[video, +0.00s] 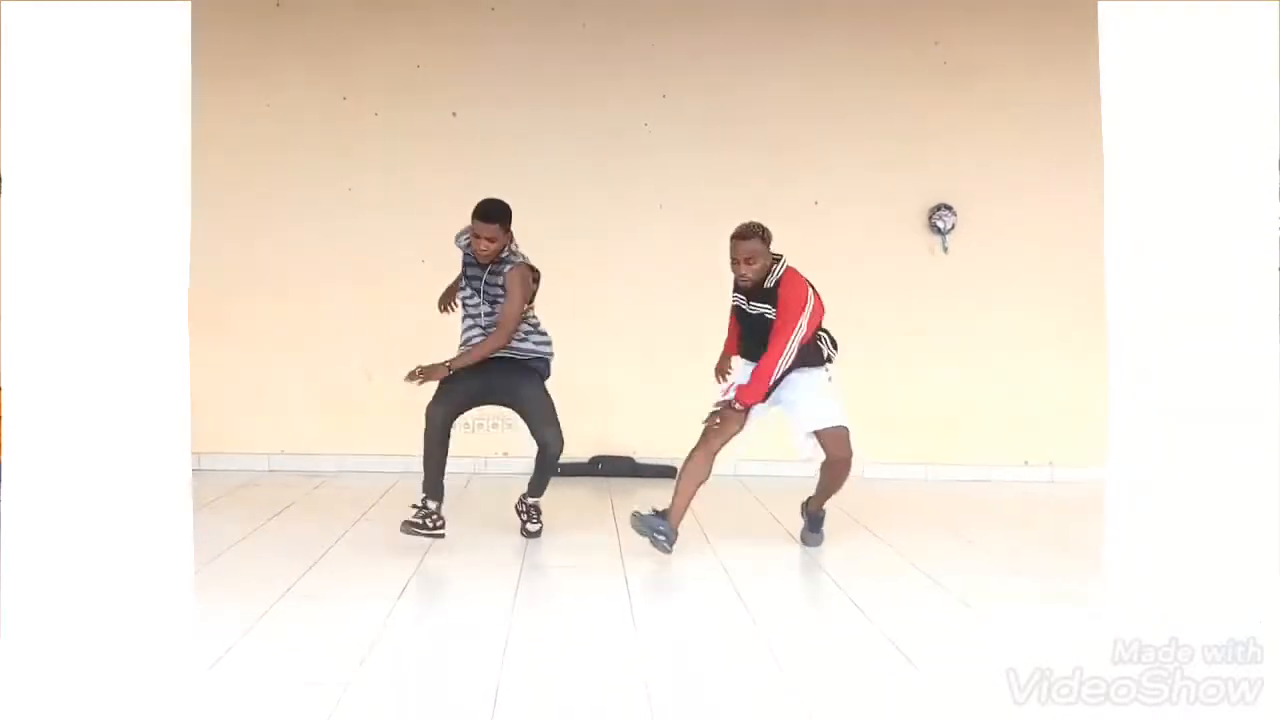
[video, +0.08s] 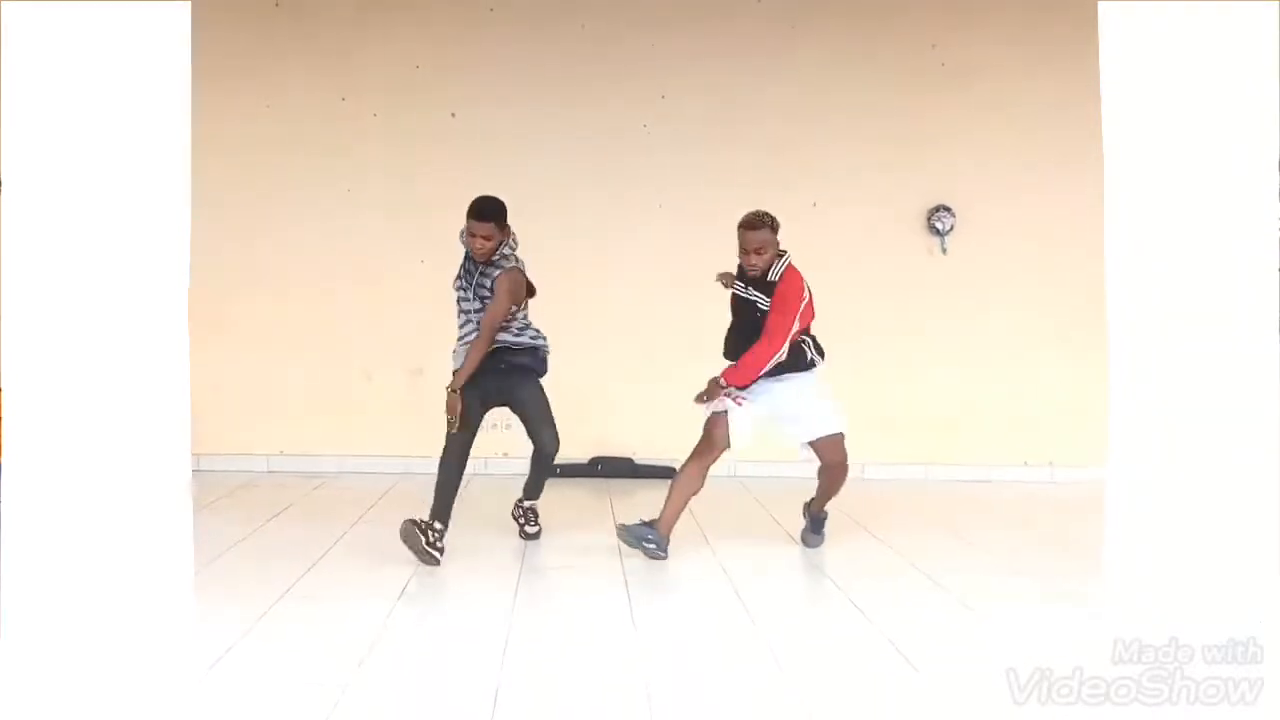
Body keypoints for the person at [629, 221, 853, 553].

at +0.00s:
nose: (741, 270)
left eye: (750, 262)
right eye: (735, 262)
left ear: (769, 257)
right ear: (730, 258)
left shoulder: (796, 290)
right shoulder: (741, 279)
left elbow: (782, 351)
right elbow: (738, 317)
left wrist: (743, 400)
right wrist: (728, 352)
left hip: (804, 372)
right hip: (753, 367)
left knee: (841, 455)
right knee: (712, 436)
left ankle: (814, 508)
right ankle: (670, 523)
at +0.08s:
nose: (751, 259)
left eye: (760, 252)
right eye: (745, 251)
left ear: (777, 247)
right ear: (738, 247)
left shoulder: (790, 282)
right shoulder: (746, 271)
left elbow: (774, 343)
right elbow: (749, 285)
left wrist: (725, 381)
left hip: (797, 378)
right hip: (746, 378)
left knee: (836, 463)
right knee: (708, 446)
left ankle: (816, 510)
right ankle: (660, 532)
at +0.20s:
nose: (760, 264)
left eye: (769, 257)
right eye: (754, 256)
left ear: (784, 251)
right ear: (746, 249)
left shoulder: (796, 274)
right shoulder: (747, 261)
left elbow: (792, 322)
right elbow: (743, 233)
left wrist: (740, 308)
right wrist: (735, 209)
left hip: (797, 382)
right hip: (749, 380)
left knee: (830, 458)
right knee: (704, 442)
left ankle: (825, 511)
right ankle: (664, 529)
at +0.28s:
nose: (765, 274)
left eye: (774, 266)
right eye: (759, 265)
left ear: (790, 263)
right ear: (750, 261)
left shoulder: (800, 287)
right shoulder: (750, 273)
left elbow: (800, 330)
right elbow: (738, 252)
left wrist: (752, 326)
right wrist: (729, 229)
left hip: (796, 385)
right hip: (750, 380)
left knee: (822, 455)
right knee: (701, 423)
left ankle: (824, 511)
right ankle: (682, 516)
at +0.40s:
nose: (787, 315)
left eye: (796, 308)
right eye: (781, 306)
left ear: (811, 305)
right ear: (773, 300)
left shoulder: (822, 343)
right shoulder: (758, 313)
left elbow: (833, 397)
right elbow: (719, 334)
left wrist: (821, 450)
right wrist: (707, 332)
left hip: (798, 419)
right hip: (754, 409)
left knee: (825, 473)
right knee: (715, 419)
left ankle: (815, 513)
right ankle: (746, 494)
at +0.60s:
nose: (801, 374)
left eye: (810, 367)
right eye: (795, 365)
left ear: (822, 369)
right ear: (784, 364)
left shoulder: (837, 406)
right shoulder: (762, 388)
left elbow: (862, 439)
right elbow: (719, 428)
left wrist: (911, 440)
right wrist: (723, 445)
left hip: (805, 474)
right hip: (760, 471)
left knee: (831, 474)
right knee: (705, 468)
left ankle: (819, 515)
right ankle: (757, 507)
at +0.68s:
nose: (804, 353)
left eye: (813, 346)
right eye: (797, 345)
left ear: (828, 344)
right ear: (789, 343)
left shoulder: (847, 373)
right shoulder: (771, 367)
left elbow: (877, 385)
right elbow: (734, 400)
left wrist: (901, 387)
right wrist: (713, 427)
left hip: (807, 448)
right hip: (758, 445)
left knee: (837, 471)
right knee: (705, 462)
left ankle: (817, 512)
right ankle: (744, 500)